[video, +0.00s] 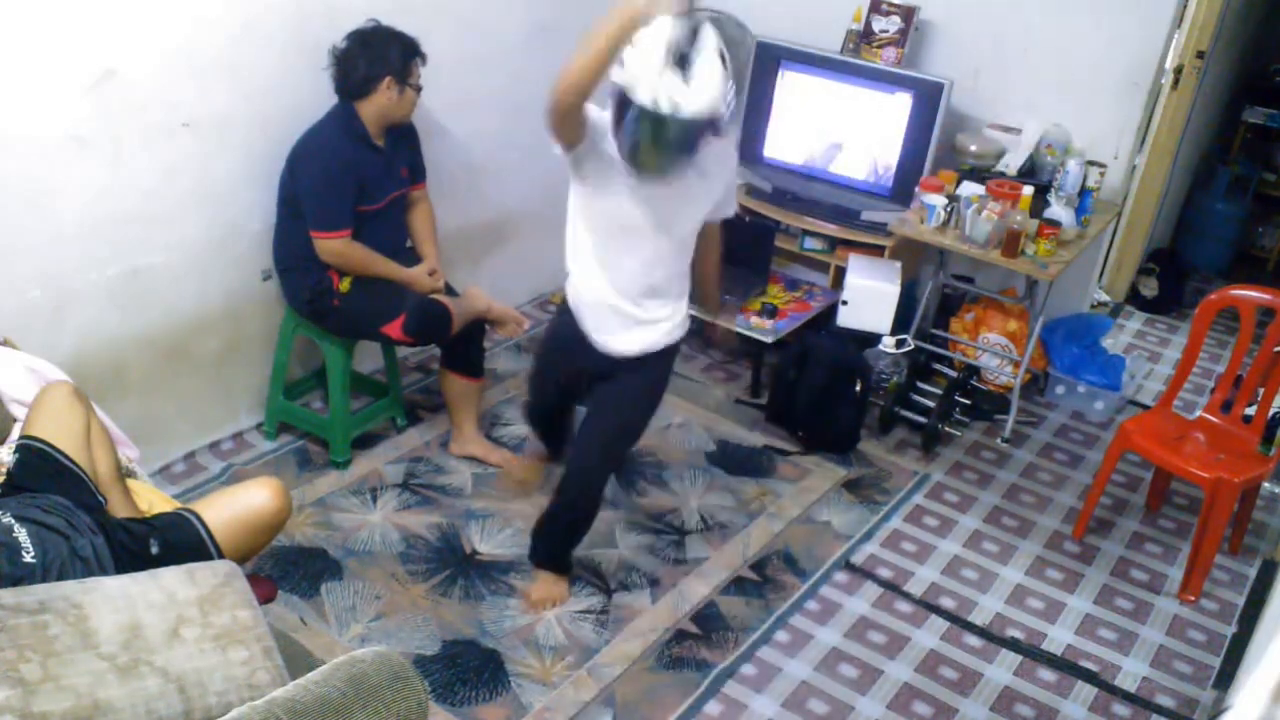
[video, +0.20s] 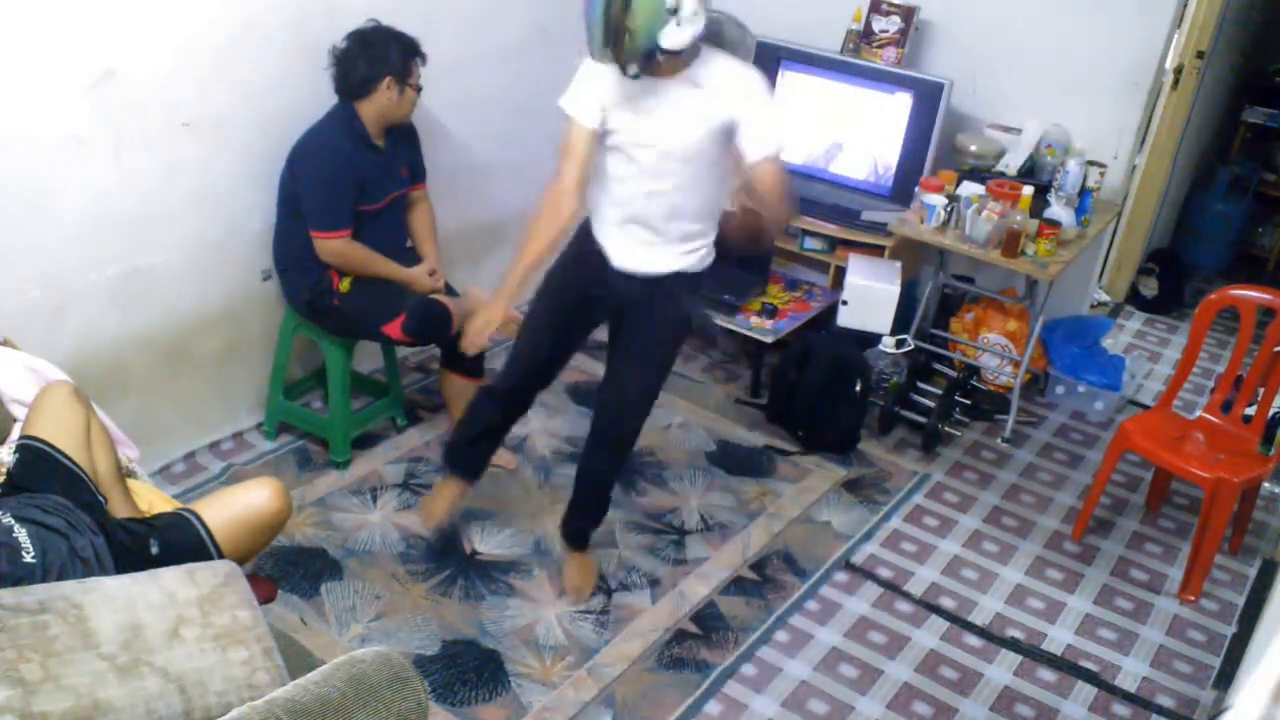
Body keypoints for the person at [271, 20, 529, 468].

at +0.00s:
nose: (419, 95)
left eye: (419, 86)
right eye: (416, 86)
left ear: (386, 87)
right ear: (387, 87)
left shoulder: (399, 130)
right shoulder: (326, 151)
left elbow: (418, 201)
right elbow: (332, 249)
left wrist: (429, 258)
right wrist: (407, 277)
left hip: (388, 265)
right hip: (325, 284)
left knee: (465, 323)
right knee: (427, 322)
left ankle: (466, 435)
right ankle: (477, 305)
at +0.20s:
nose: (419, 96)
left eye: (419, 88)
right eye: (416, 88)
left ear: (386, 87)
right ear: (388, 88)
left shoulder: (399, 130)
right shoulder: (326, 151)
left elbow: (418, 201)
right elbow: (332, 249)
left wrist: (429, 260)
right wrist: (407, 276)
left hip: (388, 266)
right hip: (327, 286)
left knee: (466, 329)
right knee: (432, 319)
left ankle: (470, 442)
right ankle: (470, 310)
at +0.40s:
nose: (419, 96)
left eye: (419, 87)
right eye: (416, 87)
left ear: (386, 87)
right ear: (387, 87)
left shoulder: (400, 131)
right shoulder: (326, 151)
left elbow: (417, 201)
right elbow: (331, 248)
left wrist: (429, 258)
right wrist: (406, 276)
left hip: (389, 263)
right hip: (327, 283)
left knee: (464, 325)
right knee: (421, 322)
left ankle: (466, 436)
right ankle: (478, 307)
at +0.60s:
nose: (419, 96)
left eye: (419, 87)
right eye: (416, 87)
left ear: (386, 88)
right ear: (387, 88)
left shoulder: (400, 130)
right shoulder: (326, 151)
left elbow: (417, 202)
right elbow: (333, 249)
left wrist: (429, 260)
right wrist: (407, 277)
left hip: (388, 265)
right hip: (325, 282)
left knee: (466, 323)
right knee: (424, 323)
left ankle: (466, 435)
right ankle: (476, 306)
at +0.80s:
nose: (419, 96)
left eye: (419, 87)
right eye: (416, 87)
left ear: (386, 87)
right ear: (387, 88)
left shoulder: (400, 130)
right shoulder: (326, 151)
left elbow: (418, 202)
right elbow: (333, 250)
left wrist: (429, 260)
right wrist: (407, 276)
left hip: (388, 265)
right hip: (326, 282)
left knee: (466, 323)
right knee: (425, 323)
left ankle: (466, 435)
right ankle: (477, 306)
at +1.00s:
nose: (419, 96)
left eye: (419, 87)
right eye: (416, 87)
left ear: (387, 88)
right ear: (387, 88)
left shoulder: (400, 130)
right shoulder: (326, 151)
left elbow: (418, 202)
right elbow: (332, 249)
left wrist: (429, 260)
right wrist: (407, 276)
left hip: (389, 264)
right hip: (325, 281)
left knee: (465, 323)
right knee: (423, 324)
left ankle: (466, 435)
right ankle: (477, 306)